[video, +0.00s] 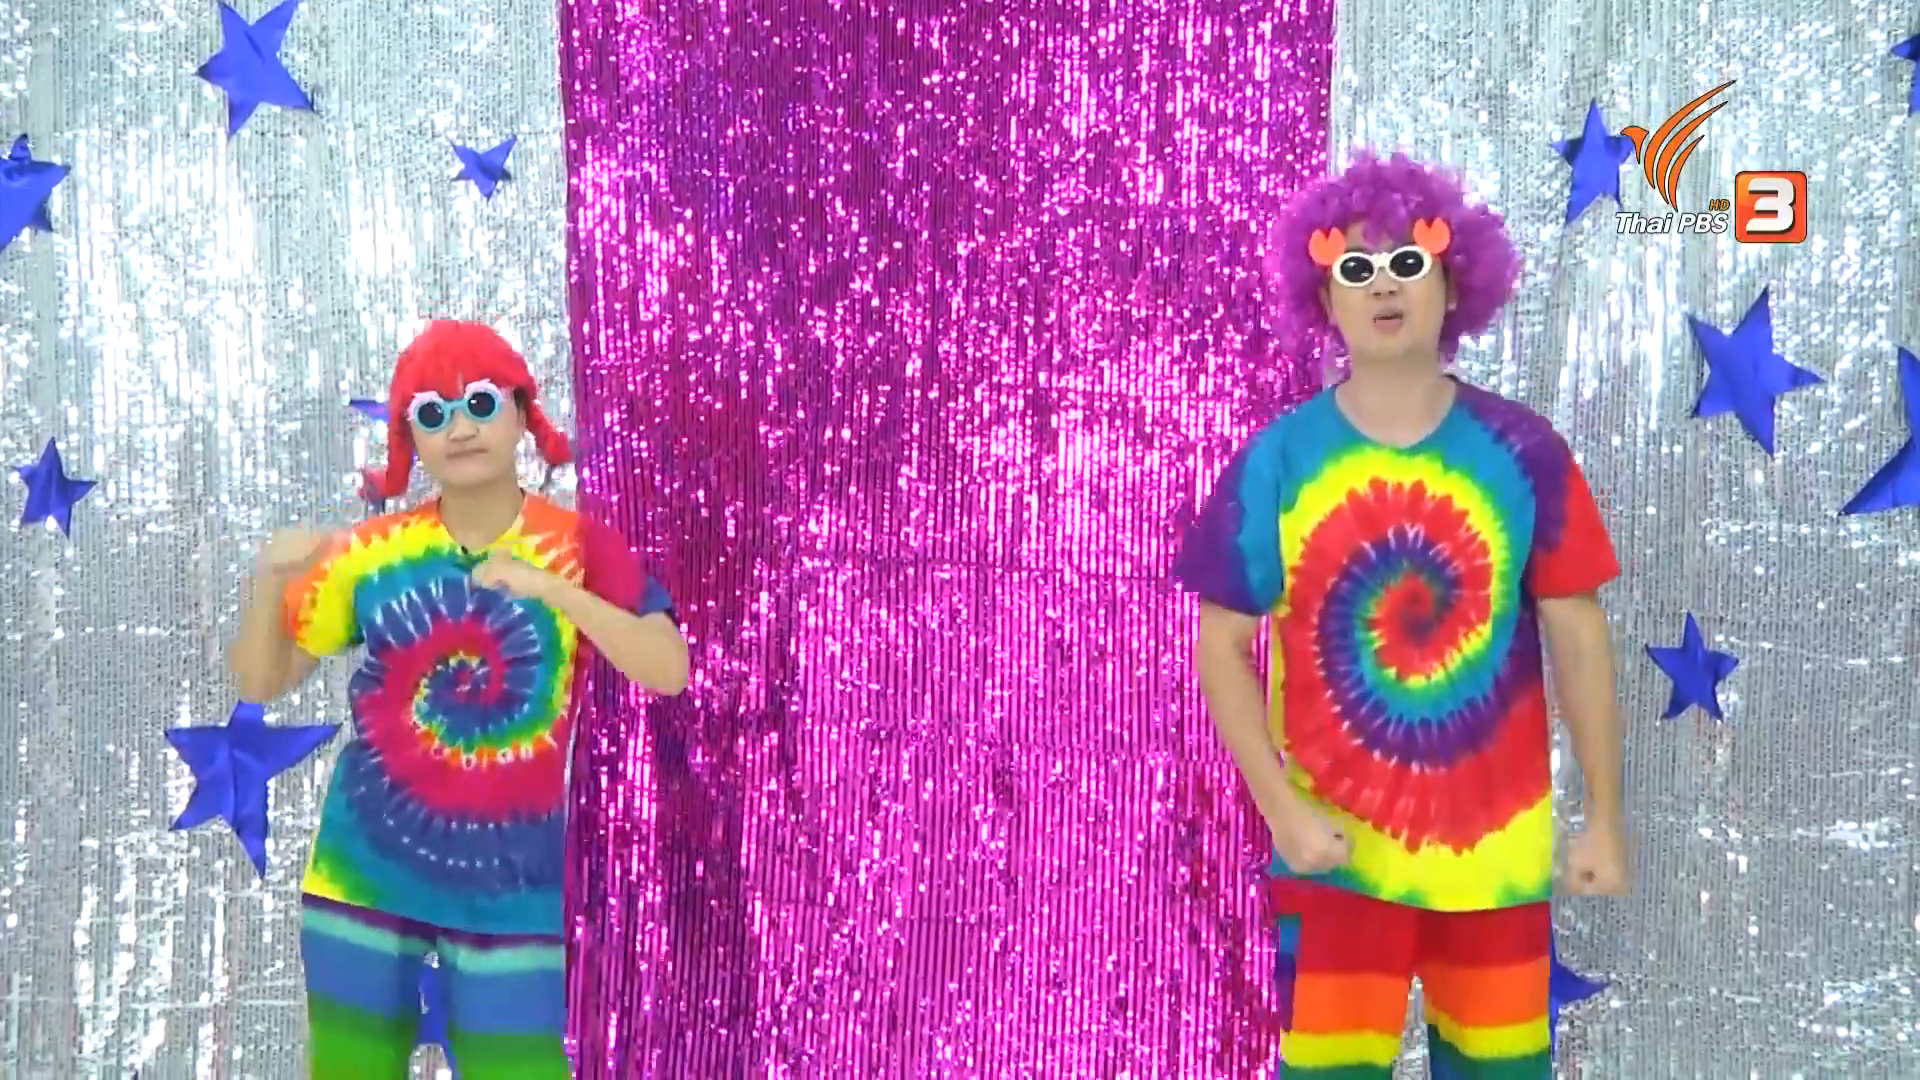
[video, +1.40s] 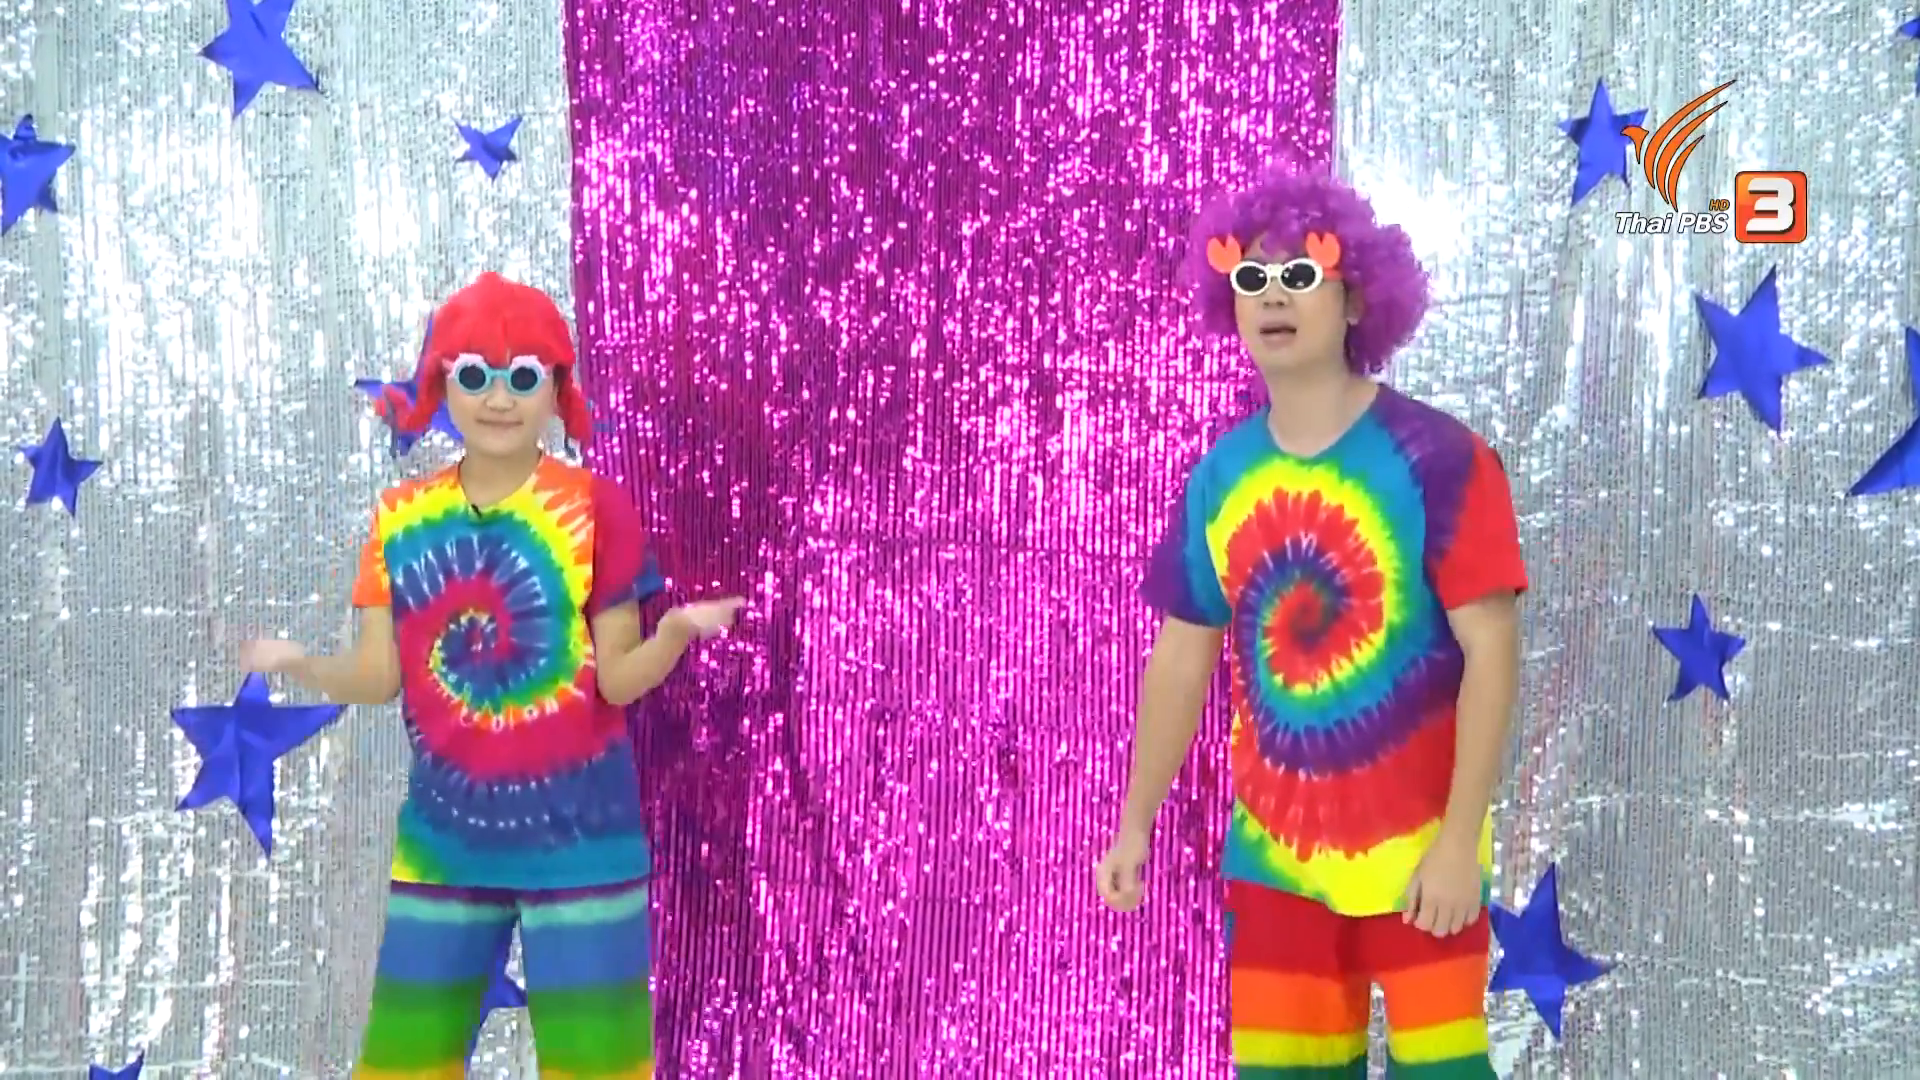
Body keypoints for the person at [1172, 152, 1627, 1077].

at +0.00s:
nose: (1383, 286)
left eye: (1408, 263)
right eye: (1357, 268)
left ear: (1449, 289)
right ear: (1327, 299)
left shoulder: (1526, 450)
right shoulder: (1279, 458)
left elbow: (1577, 633)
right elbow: (1222, 644)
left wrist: (1603, 812)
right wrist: (1279, 801)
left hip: (1498, 858)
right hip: (1343, 856)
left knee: (1503, 1063)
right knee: (1335, 1064)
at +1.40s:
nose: (1271, 297)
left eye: (1299, 273)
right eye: (1250, 278)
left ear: (1351, 301)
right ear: (1228, 308)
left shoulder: (1439, 458)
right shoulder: (1217, 480)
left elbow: (1491, 648)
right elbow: (1182, 655)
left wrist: (1460, 837)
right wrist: (1134, 824)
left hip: (1415, 856)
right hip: (1274, 861)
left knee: (1441, 1067)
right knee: (1280, 1068)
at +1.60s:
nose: (1305, 271)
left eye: (1332, 249)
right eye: (1282, 256)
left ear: (1383, 282)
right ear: (1259, 294)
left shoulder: (1463, 447)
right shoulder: (1235, 463)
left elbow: (1499, 642)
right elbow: (1158, 627)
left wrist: (1452, 815)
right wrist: (1068, 737)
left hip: (1435, 834)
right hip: (1285, 843)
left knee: (1467, 1061)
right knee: (1283, 1065)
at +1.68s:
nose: (1325, 249)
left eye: (1351, 227)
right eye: (1302, 234)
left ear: (1404, 259)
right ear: (1280, 272)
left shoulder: (1483, 429)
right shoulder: (1248, 442)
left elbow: (1524, 626)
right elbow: (1149, 578)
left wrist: (1466, 796)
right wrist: (1041, 627)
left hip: (1448, 825)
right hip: (1298, 833)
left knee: (1482, 1058)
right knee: (1291, 1059)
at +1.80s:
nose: (1335, 248)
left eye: (1364, 224)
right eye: (1318, 233)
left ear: (1429, 251)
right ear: (1304, 268)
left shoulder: (1510, 427)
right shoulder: (1269, 429)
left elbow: (1554, 624)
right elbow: (1176, 572)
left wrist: (1495, 804)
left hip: (1471, 834)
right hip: (1317, 840)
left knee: (1507, 1065)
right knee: (1313, 1063)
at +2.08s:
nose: (1374, 274)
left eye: (1394, 247)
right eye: (1373, 254)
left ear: (1475, 256)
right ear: (1451, 262)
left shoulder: (1585, 437)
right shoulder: (1375, 420)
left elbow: (1603, 647)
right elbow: (1304, 565)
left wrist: (1529, 823)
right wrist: (1253, 470)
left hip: (1517, 836)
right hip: (1364, 829)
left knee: (1521, 1067)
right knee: (1325, 1062)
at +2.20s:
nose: (1399, 270)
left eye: (1418, 245)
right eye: (1400, 250)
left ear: (1497, 254)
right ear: (1477, 258)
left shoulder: (1605, 437)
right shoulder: (1420, 412)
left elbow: (1603, 639)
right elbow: (1340, 540)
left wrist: (1449, 765)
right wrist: (1295, 436)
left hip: (1528, 823)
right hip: (1379, 805)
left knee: (1522, 1064)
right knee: (1326, 1055)